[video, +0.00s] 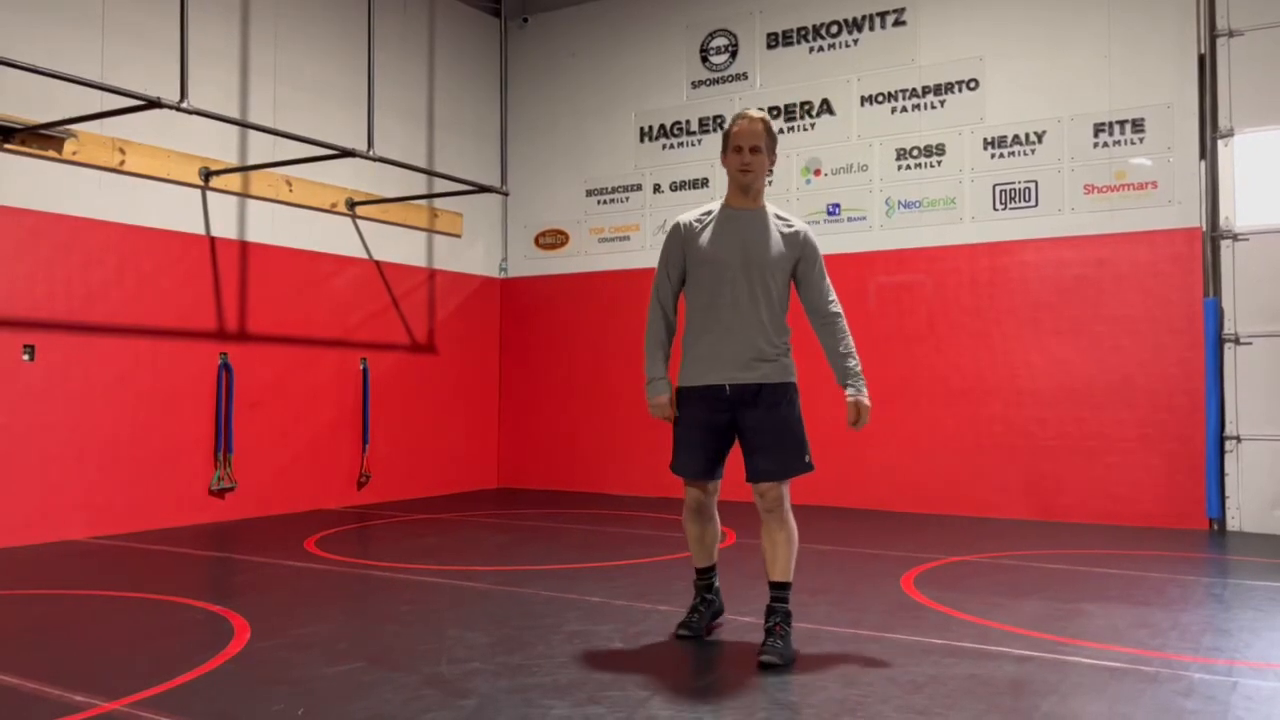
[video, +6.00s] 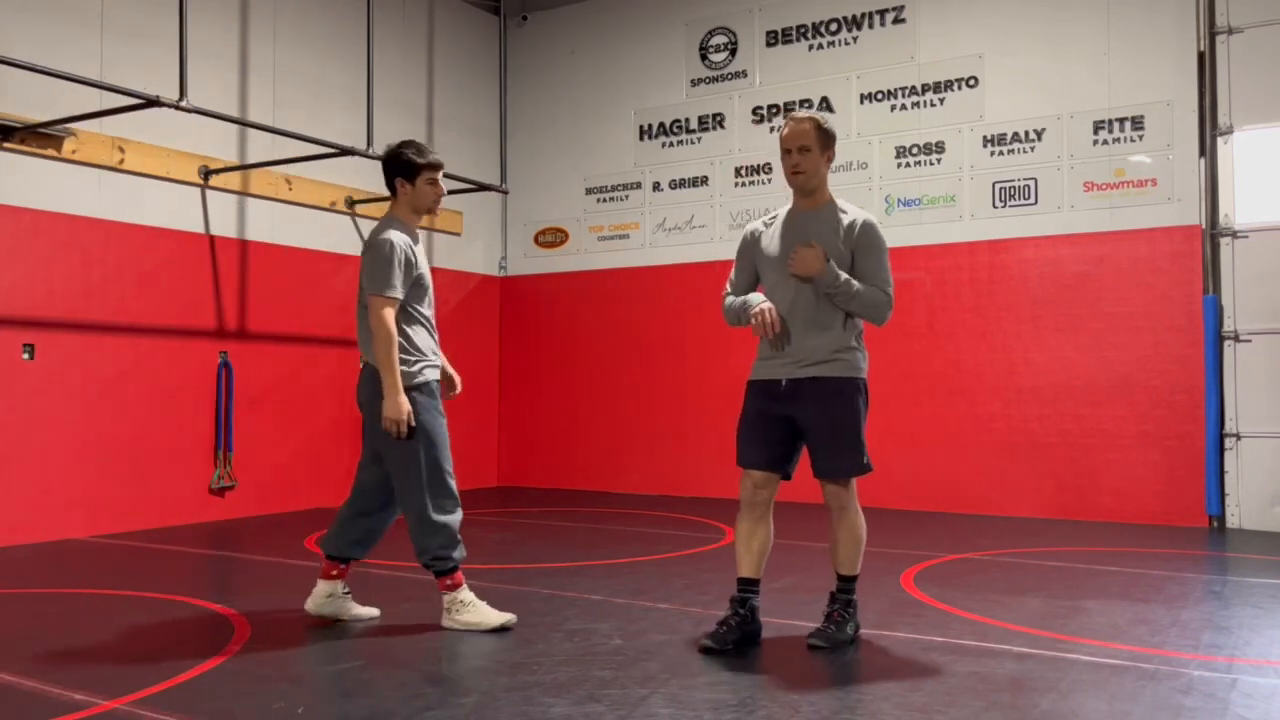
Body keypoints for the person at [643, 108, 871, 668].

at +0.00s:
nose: (747, 158)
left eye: (757, 149)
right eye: (737, 148)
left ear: (772, 159)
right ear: (722, 157)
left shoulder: (792, 235)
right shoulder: (687, 231)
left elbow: (827, 313)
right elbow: (661, 309)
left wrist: (854, 383)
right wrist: (656, 379)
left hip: (769, 387)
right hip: (702, 388)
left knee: (772, 498)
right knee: (697, 497)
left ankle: (778, 620)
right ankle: (706, 598)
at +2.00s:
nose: (783, 181)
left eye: (793, 172)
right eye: (776, 173)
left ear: (815, 178)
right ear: (769, 180)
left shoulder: (840, 250)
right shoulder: (744, 245)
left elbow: (858, 329)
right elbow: (723, 319)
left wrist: (863, 394)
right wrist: (719, 381)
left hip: (816, 390)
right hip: (754, 389)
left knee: (812, 486)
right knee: (732, 488)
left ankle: (810, 588)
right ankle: (727, 575)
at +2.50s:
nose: (734, 182)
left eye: (743, 174)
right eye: (728, 175)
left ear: (764, 181)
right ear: (720, 184)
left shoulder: (790, 242)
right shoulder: (706, 253)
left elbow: (802, 318)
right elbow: (692, 325)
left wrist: (784, 377)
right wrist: (680, 383)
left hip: (772, 387)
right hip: (719, 389)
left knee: (789, 485)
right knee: (723, 482)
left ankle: (806, 587)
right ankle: (728, 582)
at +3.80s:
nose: (773, 176)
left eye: (783, 169)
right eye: (765, 168)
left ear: (799, 179)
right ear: (754, 178)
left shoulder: (825, 245)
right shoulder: (728, 248)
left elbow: (847, 316)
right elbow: (709, 320)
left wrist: (805, 318)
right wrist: (741, 351)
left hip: (808, 385)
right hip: (747, 387)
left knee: (810, 489)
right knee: (733, 485)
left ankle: (810, 593)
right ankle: (729, 580)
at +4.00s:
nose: (785, 176)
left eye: (795, 168)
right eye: (778, 168)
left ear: (813, 176)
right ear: (767, 177)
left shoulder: (839, 240)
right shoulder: (743, 245)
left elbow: (850, 309)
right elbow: (725, 315)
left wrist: (804, 268)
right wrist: (784, 287)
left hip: (819, 383)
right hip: (758, 381)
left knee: (818, 491)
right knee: (729, 486)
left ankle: (812, 592)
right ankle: (735, 565)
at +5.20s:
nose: (721, 172)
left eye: (728, 161)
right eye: (717, 164)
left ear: (761, 159)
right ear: (725, 168)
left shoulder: (804, 224)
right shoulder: (709, 239)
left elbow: (802, 295)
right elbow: (682, 310)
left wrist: (753, 257)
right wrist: (706, 317)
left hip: (780, 379)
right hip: (722, 381)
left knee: (783, 495)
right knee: (730, 495)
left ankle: (817, 561)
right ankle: (740, 613)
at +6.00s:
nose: (793, 161)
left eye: (804, 151)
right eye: (786, 152)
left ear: (829, 157)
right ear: (780, 160)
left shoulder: (858, 229)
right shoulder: (759, 235)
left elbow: (880, 308)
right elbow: (732, 306)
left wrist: (825, 274)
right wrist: (754, 303)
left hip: (834, 379)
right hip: (771, 381)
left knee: (839, 494)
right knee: (755, 491)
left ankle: (843, 611)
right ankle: (744, 613)